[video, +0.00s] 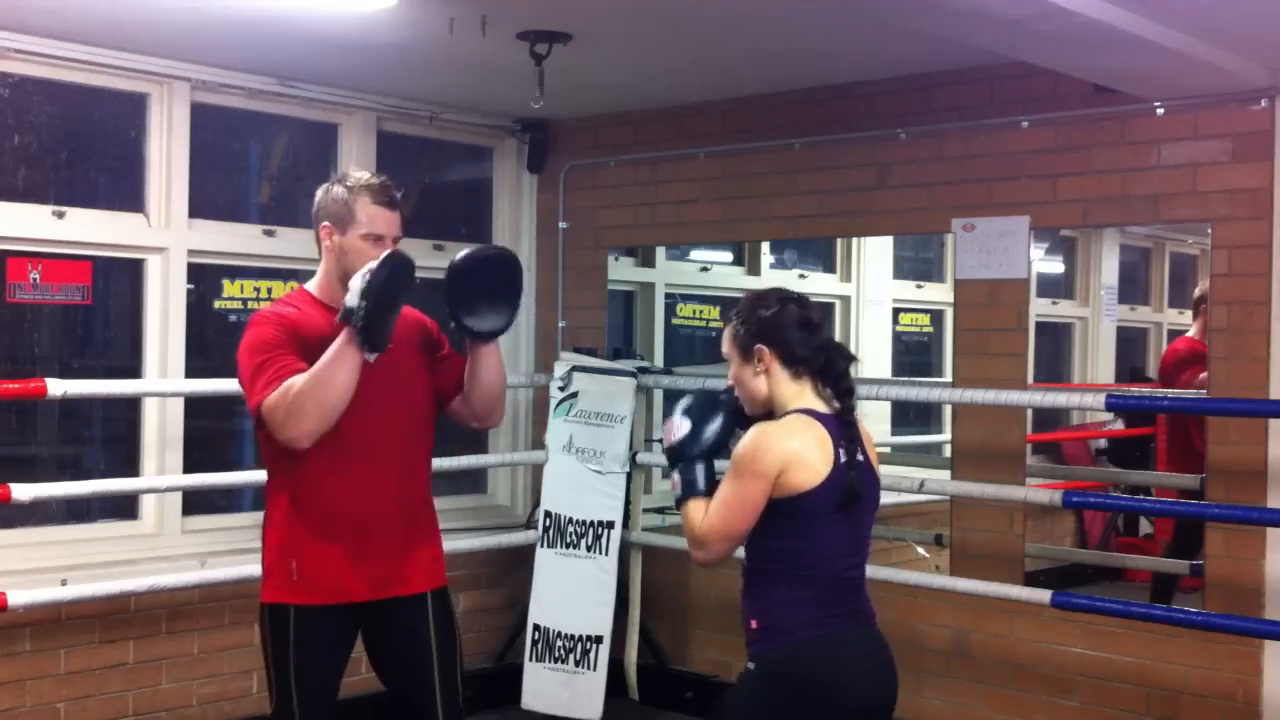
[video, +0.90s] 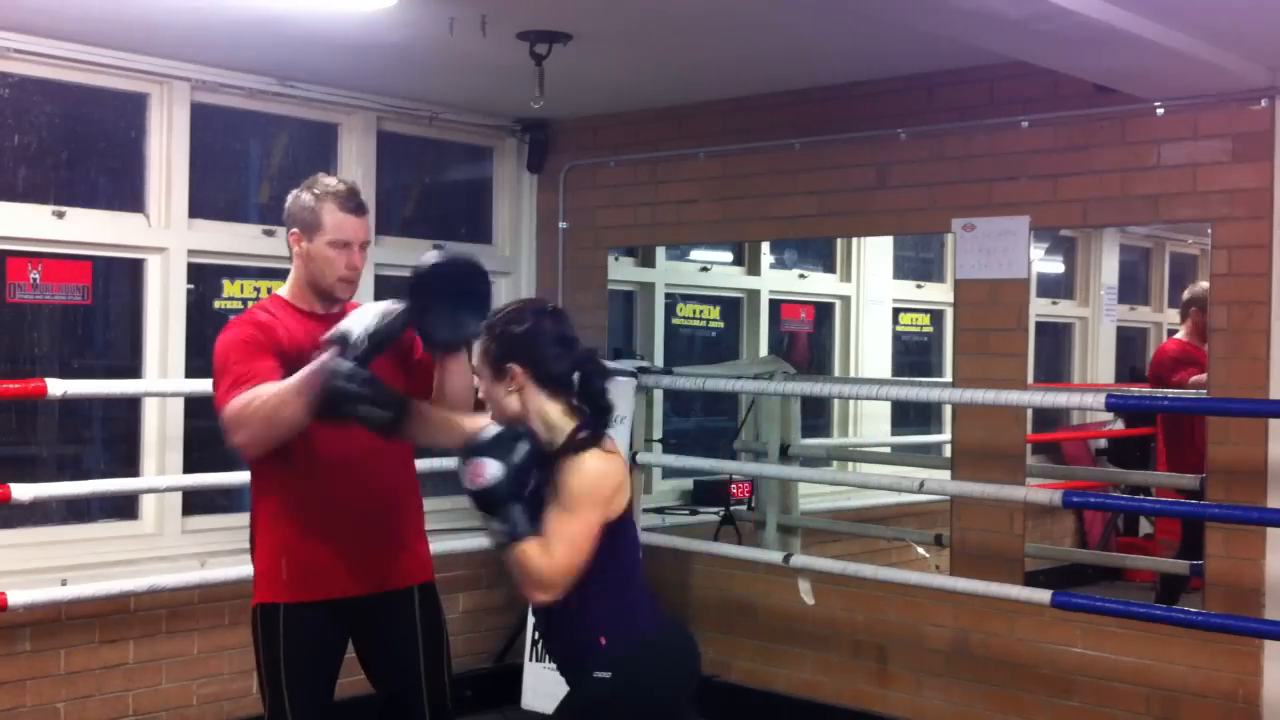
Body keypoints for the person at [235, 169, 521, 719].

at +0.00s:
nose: (388, 255)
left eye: (396, 242)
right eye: (374, 239)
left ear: (404, 244)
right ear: (328, 237)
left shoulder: (415, 328)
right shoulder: (275, 326)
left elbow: (484, 413)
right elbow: (295, 425)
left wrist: (483, 330)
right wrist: (360, 326)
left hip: (409, 573)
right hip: (309, 579)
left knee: (440, 708)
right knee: (302, 712)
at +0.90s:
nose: (355, 262)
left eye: (363, 247)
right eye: (340, 246)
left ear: (371, 245)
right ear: (297, 243)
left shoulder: (384, 328)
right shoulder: (250, 332)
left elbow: (458, 416)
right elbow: (246, 433)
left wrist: (453, 335)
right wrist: (339, 353)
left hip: (399, 578)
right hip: (299, 587)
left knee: (428, 708)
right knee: (297, 711)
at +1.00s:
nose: (365, 248)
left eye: (370, 234)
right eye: (349, 232)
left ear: (374, 240)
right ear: (304, 237)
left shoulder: (396, 331)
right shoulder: (248, 338)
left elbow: (430, 427)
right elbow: (207, 459)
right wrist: (292, 397)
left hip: (398, 580)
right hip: (296, 589)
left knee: (429, 708)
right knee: (294, 711)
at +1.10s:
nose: (368, 247)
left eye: (374, 233)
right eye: (351, 231)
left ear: (380, 239)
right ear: (307, 236)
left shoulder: (399, 329)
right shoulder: (246, 343)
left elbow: (430, 422)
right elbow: (190, 451)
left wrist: (465, 446)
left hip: (396, 580)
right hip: (295, 590)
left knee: (428, 708)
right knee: (292, 712)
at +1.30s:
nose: (386, 260)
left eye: (392, 245)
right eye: (371, 243)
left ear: (398, 249)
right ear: (325, 242)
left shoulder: (413, 335)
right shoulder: (261, 350)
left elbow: (438, 437)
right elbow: (219, 462)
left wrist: (453, 520)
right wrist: (311, 477)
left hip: (400, 582)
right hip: (299, 588)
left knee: (430, 708)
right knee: (292, 712)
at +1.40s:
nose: (388, 265)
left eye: (394, 249)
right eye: (373, 246)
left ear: (399, 250)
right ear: (328, 243)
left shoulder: (416, 332)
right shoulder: (272, 345)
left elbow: (450, 439)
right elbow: (282, 468)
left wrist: (466, 531)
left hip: (402, 583)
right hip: (304, 587)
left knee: (434, 708)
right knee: (295, 710)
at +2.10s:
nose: (419, 262)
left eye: (429, 246)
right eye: (405, 244)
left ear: (437, 247)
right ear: (362, 238)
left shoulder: (440, 327)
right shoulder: (305, 323)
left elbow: (466, 431)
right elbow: (287, 408)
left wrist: (476, 516)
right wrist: (333, 306)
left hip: (428, 577)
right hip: (333, 578)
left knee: (454, 708)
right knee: (316, 711)